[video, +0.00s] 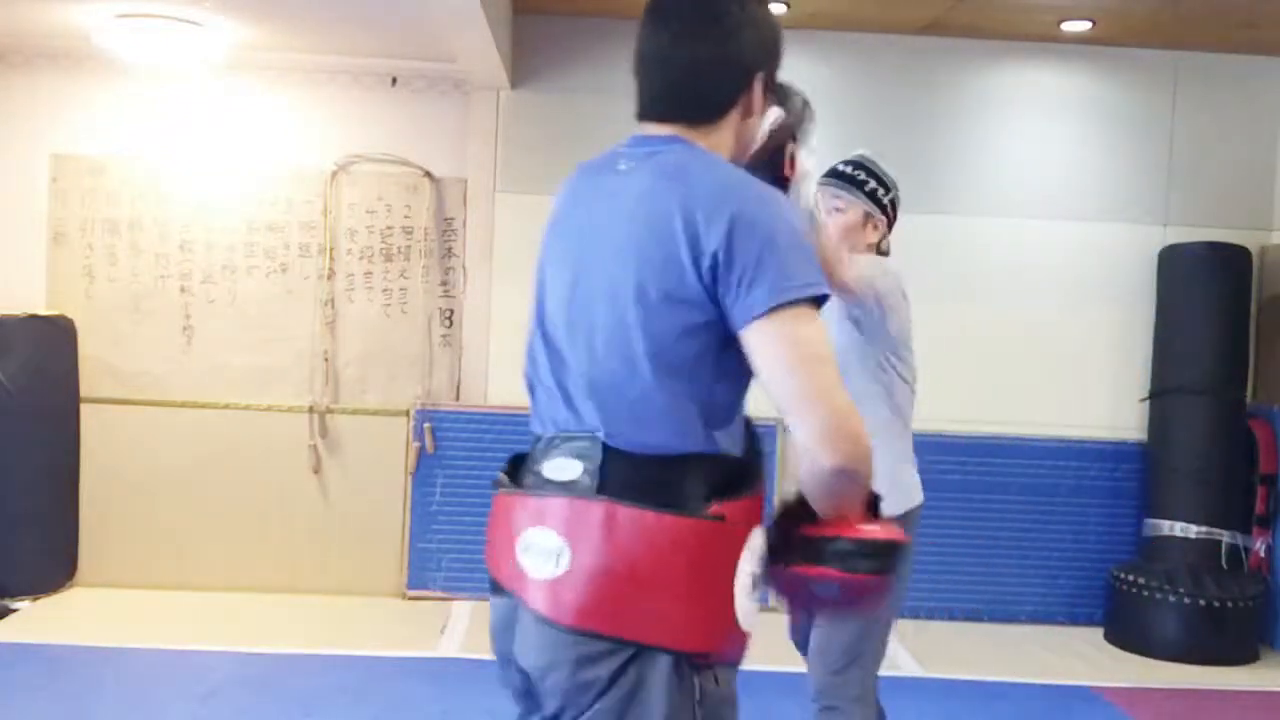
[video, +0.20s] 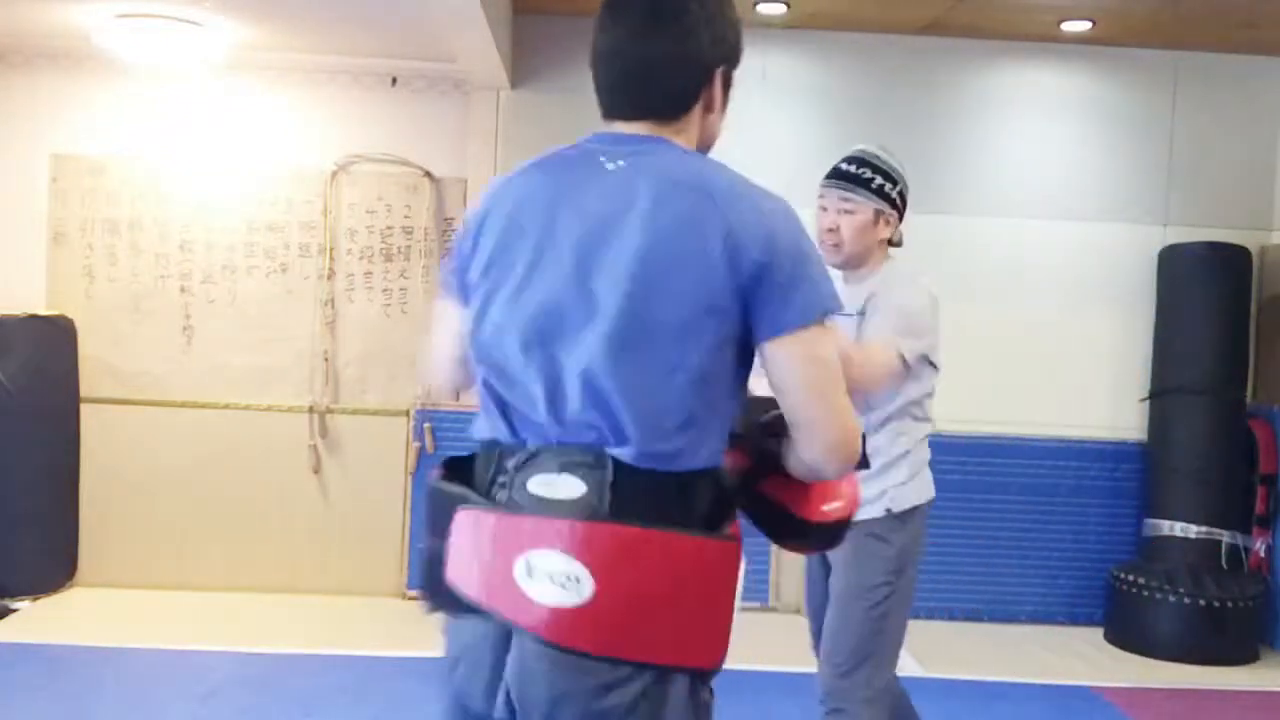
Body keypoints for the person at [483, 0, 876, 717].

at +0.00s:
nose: (769, 106)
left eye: (771, 89)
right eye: (771, 88)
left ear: (646, 76)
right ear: (753, 93)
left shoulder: (583, 187)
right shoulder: (740, 207)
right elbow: (837, 452)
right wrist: (834, 521)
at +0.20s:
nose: (729, 106)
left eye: (730, 86)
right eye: (731, 85)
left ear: (603, 79)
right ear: (713, 88)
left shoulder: (503, 200)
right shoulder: (749, 218)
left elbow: (444, 378)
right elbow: (831, 449)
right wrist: (769, 444)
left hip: (483, 560)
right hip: (628, 582)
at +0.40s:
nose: (696, 103)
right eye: (699, 86)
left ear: (575, 79)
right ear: (685, 88)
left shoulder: (461, 200)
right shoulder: (738, 223)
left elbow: (364, 409)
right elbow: (800, 447)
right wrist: (692, 454)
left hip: (473, 588)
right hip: (644, 597)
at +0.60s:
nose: (632, 103)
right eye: (636, 85)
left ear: (506, 74)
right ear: (621, 85)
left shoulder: (405, 205)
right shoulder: (685, 223)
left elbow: (328, 433)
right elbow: (718, 447)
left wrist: (420, 448)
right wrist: (604, 447)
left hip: (445, 605)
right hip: (618, 608)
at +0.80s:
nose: (576, 103)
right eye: (580, 86)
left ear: (451, 79)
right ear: (565, 88)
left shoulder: (356, 207)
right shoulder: (631, 219)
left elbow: (283, 432)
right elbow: (676, 436)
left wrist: (380, 423)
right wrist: (560, 428)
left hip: (403, 607)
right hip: (575, 609)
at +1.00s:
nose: (526, 120)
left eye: (528, 101)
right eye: (529, 102)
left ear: (406, 94)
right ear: (512, 104)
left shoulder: (312, 225)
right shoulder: (574, 231)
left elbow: (256, 448)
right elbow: (621, 440)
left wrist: (350, 411)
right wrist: (516, 414)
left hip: (363, 602)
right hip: (528, 601)